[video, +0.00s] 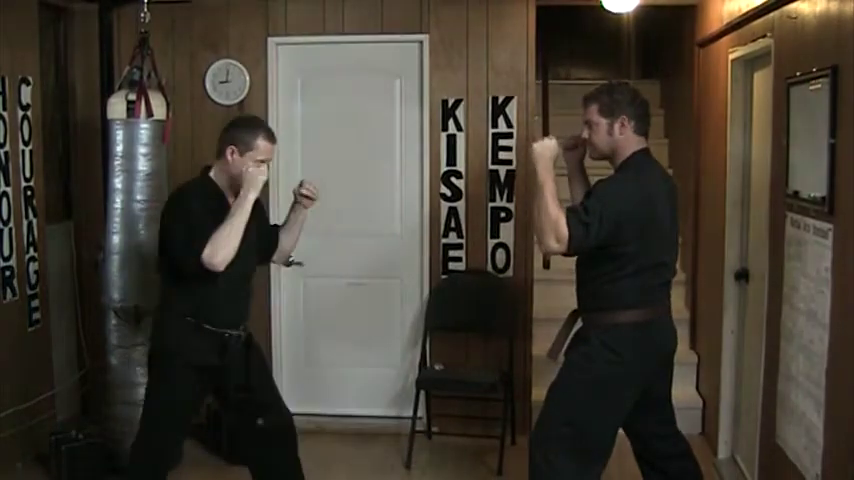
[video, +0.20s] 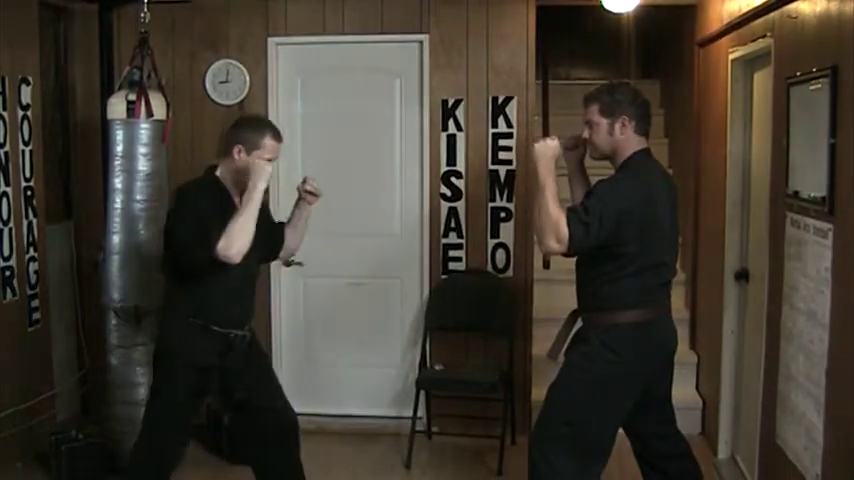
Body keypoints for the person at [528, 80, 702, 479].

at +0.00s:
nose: (585, 136)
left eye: (590, 126)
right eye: (584, 127)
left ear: (621, 126)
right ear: (624, 127)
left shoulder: (623, 186)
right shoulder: (659, 181)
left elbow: (556, 238)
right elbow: (591, 229)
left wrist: (543, 164)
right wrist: (575, 167)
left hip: (613, 341)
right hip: (652, 336)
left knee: (555, 452)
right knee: (661, 447)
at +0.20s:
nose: (585, 135)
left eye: (590, 125)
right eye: (585, 126)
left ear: (621, 126)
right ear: (624, 127)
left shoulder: (624, 186)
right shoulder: (660, 181)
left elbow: (556, 238)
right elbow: (592, 228)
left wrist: (544, 165)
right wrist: (576, 166)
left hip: (613, 341)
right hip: (652, 336)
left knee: (555, 452)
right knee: (661, 447)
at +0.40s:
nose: (586, 136)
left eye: (591, 126)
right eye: (585, 127)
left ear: (622, 126)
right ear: (625, 127)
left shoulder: (623, 187)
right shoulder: (661, 182)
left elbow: (556, 240)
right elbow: (590, 230)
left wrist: (544, 166)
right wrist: (576, 166)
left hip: (613, 342)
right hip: (653, 336)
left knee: (555, 453)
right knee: (662, 447)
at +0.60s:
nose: (586, 136)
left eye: (591, 126)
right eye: (586, 126)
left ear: (623, 126)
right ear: (625, 127)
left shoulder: (626, 187)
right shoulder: (661, 181)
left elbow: (558, 241)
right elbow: (593, 228)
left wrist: (544, 168)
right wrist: (577, 167)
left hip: (615, 342)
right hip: (654, 336)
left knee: (555, 453)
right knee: (662, 447)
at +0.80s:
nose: (587, 135)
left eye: (592, 126)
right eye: (586, 126)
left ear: (622, 127)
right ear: (626, 127)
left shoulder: (624, 188)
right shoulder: (661, 181)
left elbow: (558, 242)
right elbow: (595, 227)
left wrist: (543, 169)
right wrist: (580, 167)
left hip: (615, 342)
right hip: (656, 337)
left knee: (555, 455)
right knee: (663, 448)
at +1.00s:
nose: (586, 135)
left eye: (591, 125)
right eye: (585, 125)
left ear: (621, 126)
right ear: (626, 126)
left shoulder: (621, 187)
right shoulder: (662, 179)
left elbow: (550, 247)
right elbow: (602, 220)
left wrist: (540, 185)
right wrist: (587, 163)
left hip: (616, 342)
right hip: (659, 337)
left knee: (557, 455)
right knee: (666, 449)